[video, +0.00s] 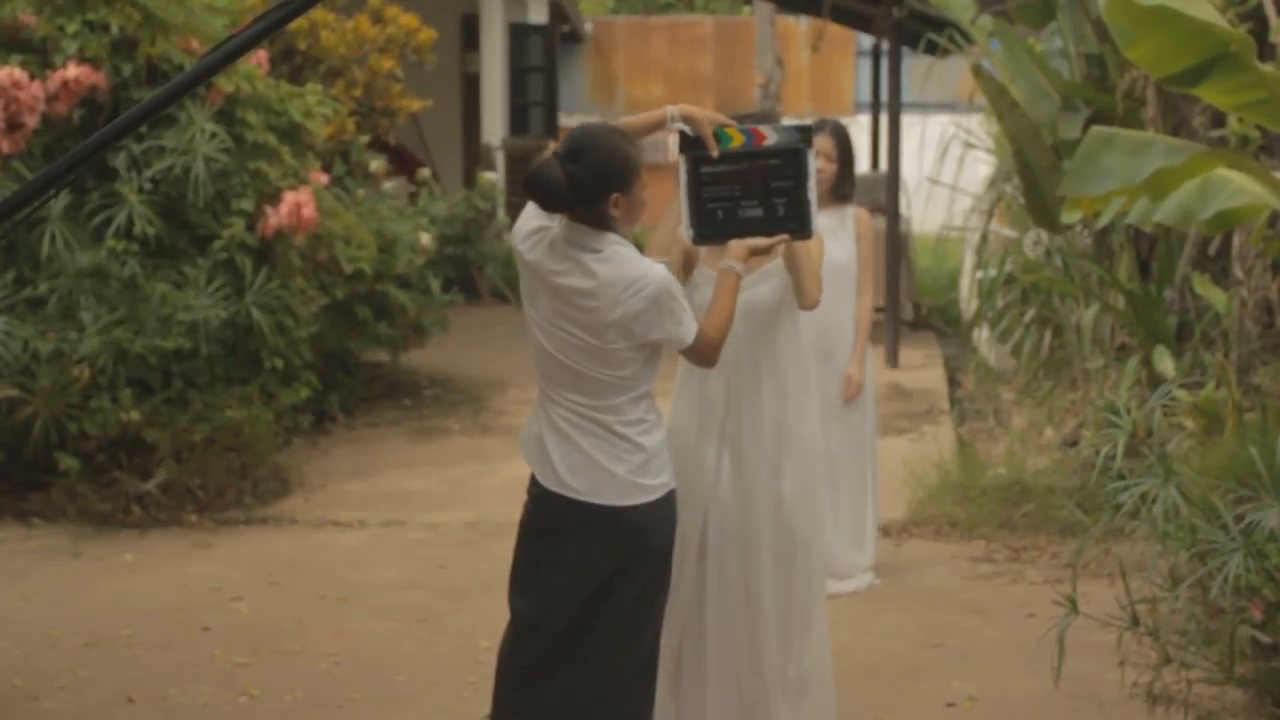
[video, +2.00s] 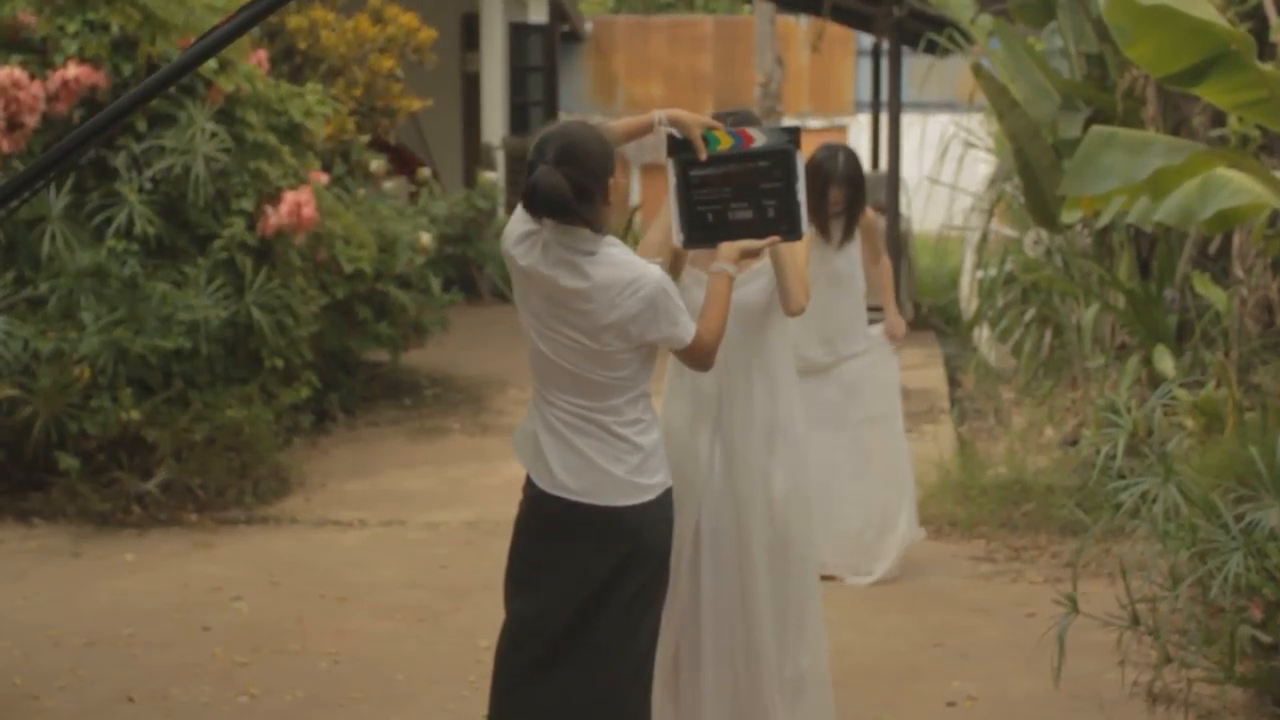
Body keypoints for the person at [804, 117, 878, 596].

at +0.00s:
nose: (817, 165)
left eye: (827, 158)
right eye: (812, 155)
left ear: (843, 167)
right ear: (799, 161)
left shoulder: (856, 220)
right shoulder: (783, 214)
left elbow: (866, 293)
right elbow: (762, 291)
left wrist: (856, 360)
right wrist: (759, 357)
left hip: (834, 352)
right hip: (785, 353)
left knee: (836, 456)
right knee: (787, 456)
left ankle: (840, 558)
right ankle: (788, 560)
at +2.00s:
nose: (834, 200)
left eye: (842, 191)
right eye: (825, 192)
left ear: (855, 190)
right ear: (810, 191)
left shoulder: (867, 224)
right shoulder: (796, 226)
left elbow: (878, 262)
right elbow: (776, 276)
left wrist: (890, 310)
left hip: (852, 353)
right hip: (800, 357)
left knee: (854, 453)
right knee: (804, 455)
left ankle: (853, 551)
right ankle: (809, 554)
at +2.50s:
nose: (834, 205)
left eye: (842, 197)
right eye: (826, 197)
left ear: (854, 194)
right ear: (809, 194)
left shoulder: (864, 227)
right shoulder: (792, 227)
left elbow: (887, 278)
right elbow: (764, 284)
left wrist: (902, 338)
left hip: (843, 359)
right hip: (791, 363)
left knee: (841, 456)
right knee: (790, 460)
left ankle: (838, 550)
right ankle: (796, 555)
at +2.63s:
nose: (832, 206)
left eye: (840, 197)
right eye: (824, 197)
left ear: (853, 194)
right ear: (809, 192)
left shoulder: (865, 227)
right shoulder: (793, 225)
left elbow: (877, 286)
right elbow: (773, 287)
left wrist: (890, 349)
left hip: (845, 355)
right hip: (795, 356)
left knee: (839, 455)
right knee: (794, 455)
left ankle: (836, 552)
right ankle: (797, 553)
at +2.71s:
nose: (831, 207)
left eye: (839, 198)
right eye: (823, 198)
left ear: (852, 193)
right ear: (808, 191)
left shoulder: (864, 227)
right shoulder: (792, 224)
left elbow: (873, 290)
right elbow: (772, 288)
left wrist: (883, 352)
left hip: (843, 353)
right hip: (793, 353)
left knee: (836, 454)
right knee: (791, 453)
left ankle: (834, 552)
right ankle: (792, 553)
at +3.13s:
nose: (827, 204)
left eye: (835, 196)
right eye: (820, 195)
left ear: (847, 190)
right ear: (805, 189)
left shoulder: (858, 223)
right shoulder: (790, 223)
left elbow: (870, 290)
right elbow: (776, 290)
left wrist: (877, 354)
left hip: (845, 352)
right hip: (797, 355)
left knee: (849, 449)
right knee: (805, 451)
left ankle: (851, 546)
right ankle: (812, 552)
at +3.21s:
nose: (827, 201)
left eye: (835, 192)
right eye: (819, 193)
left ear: (847, 188)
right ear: (804, 188)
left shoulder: (858, 223)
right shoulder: (790, 221)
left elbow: (871, 289)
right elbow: (775, 290)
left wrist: (881, 354)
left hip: (847, 350)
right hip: (799, 353)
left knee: (854, 447)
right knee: (808, 450)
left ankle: (855, 546)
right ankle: (815, 552)